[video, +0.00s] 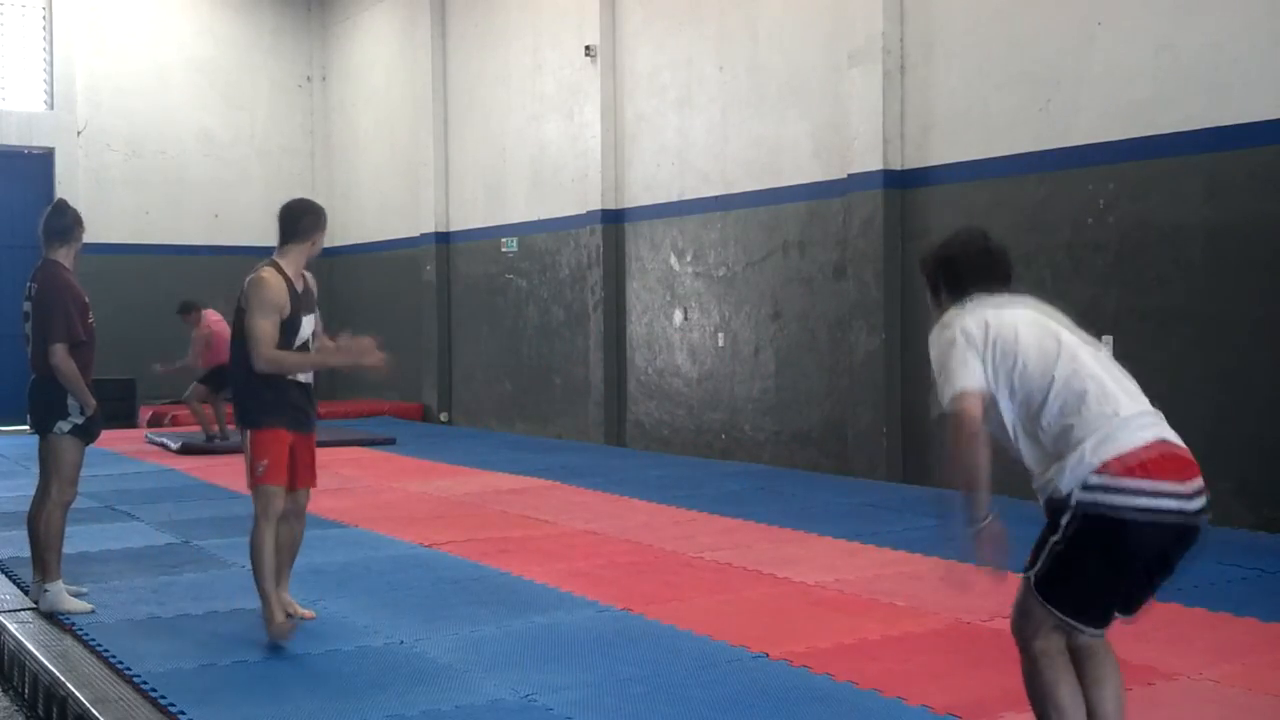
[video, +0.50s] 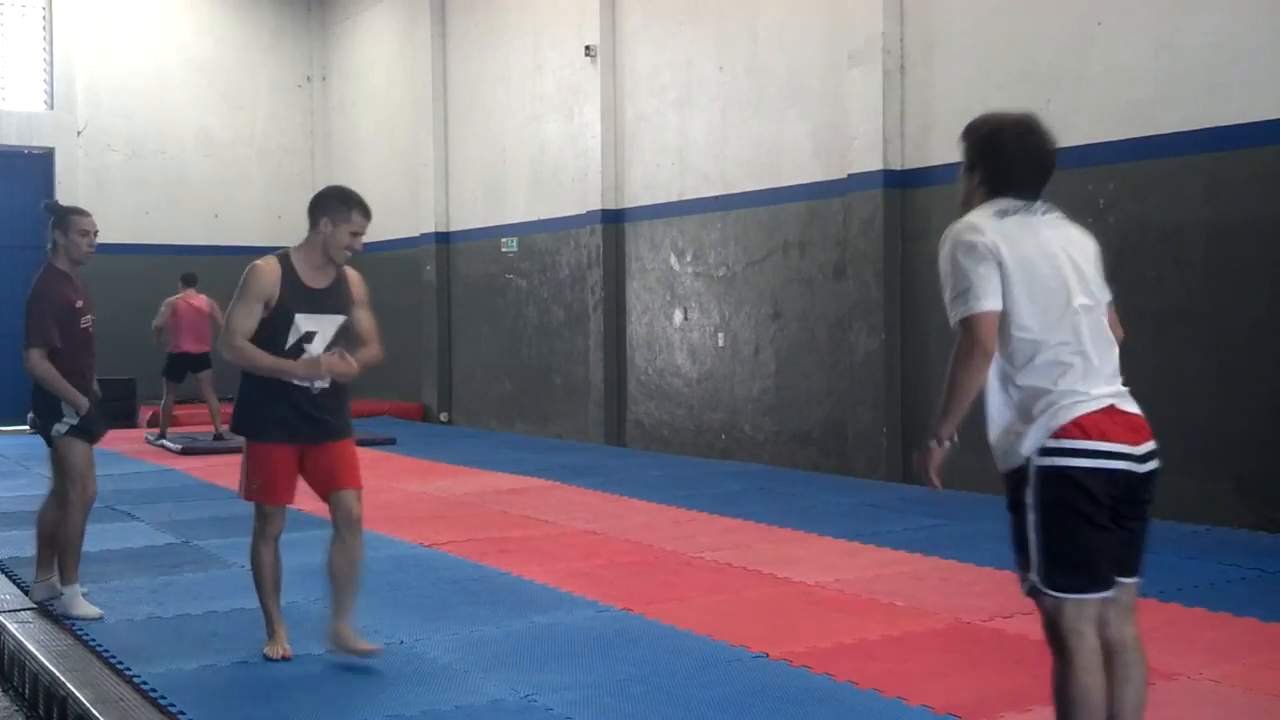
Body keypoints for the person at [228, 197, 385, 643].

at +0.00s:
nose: (323, 240)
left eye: (321, 234)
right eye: (323, 234)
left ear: (289, 231)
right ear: (316, 235)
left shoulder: (306, 281)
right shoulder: (265, 283)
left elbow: (313, 341)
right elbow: (262, 358)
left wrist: (349, 349)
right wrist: (332, 359)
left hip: (299, 412)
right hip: (267, 413)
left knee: (295, 507)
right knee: (269, 509)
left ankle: (281, 591)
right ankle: (271, 610)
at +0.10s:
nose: (328, 248)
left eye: (329, 241)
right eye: (329, 240)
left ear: (299, 234)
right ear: (319, 238)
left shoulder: (310, 283)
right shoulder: (263, 283)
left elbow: (322, 336)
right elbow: (255, 360)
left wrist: (343, 340)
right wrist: (322, 356)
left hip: (302, 411)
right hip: (266, 413)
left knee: (303, 510)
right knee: (271, 513)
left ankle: (280, 587)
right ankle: (272, 622)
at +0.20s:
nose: (337, 251)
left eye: (339, 243)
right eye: (337, 241)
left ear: (314, 236)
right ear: (319, 236)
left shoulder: (316, 282)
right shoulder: (257, 277)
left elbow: (312, 342)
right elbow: (244, 351)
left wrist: (351, 344)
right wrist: (309, 346)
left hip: (307, 411)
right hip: (265, 413)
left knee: (323, 512)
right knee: (273, 515)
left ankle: (286, 573)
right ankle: (275, 626)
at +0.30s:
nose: (344, 250)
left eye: (347, 242)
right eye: (342, 240)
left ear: (322, 235)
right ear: (318, 232)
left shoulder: (325, 279)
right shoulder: (260, 275)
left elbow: (321, 343)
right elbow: (239, 352)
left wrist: (358, 348)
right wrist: (303, 342)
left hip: (312, 411)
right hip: (265, 414)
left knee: (334, 511)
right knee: (267, 518)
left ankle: (295, 577)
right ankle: (273, 629)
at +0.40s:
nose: (351, 248)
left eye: (354, 239)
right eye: (347, 238)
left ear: (331, 234)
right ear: (320, 230)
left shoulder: (337, 278)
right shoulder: (263, 275)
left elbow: (348, 342)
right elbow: (243, 354)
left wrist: (340, 347)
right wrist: (310, 360)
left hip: (317, 416)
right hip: (266, 418)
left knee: (345, 510)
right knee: (264, 524)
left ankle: (314, 600)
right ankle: (273, 629)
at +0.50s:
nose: (358, 244)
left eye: (362, 236)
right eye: (353, 234)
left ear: (341, 231)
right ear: (324, 225)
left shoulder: (350, 281)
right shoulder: (266, 274)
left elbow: (372, 348)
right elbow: (231, 345)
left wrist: (348, 363)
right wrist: (299, 368)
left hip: (327, 421)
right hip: (270, 422)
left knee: (350, 514)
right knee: (269, 527)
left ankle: (341, 626)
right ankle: (275, 631)